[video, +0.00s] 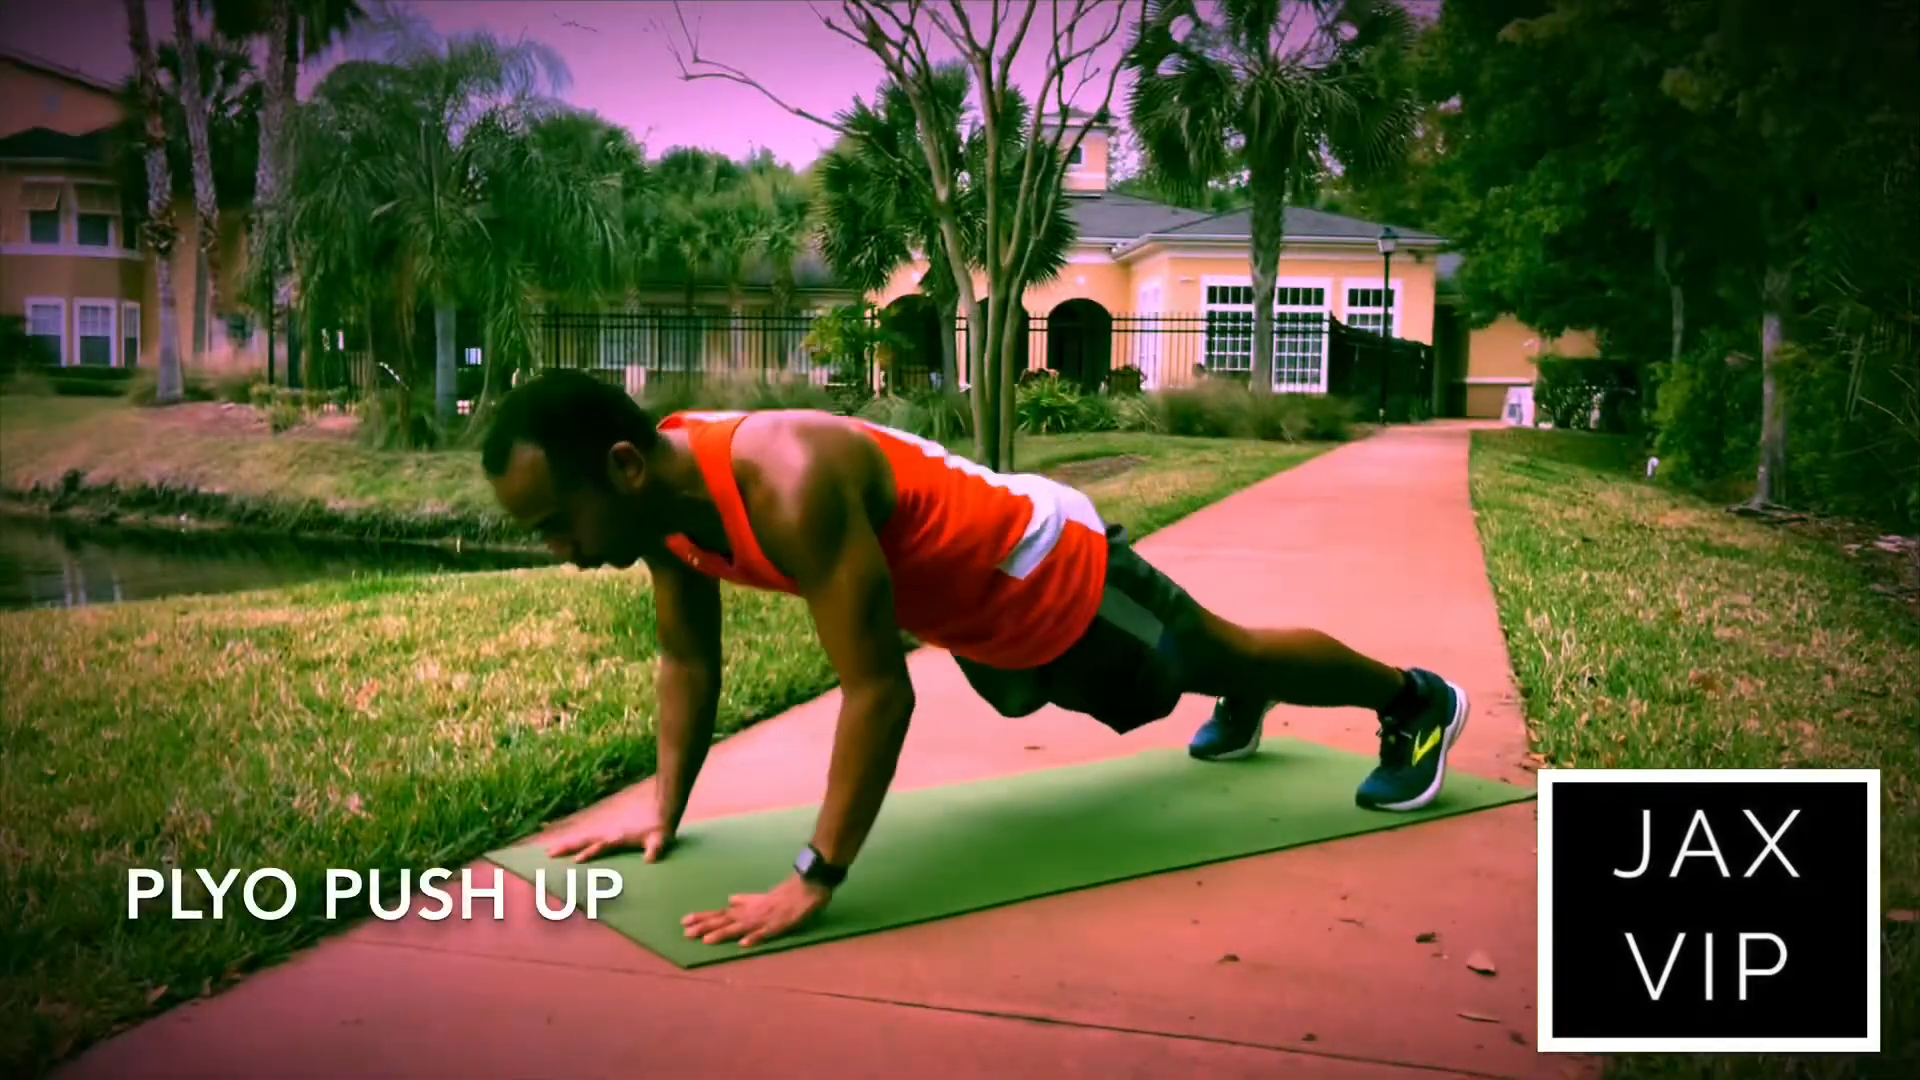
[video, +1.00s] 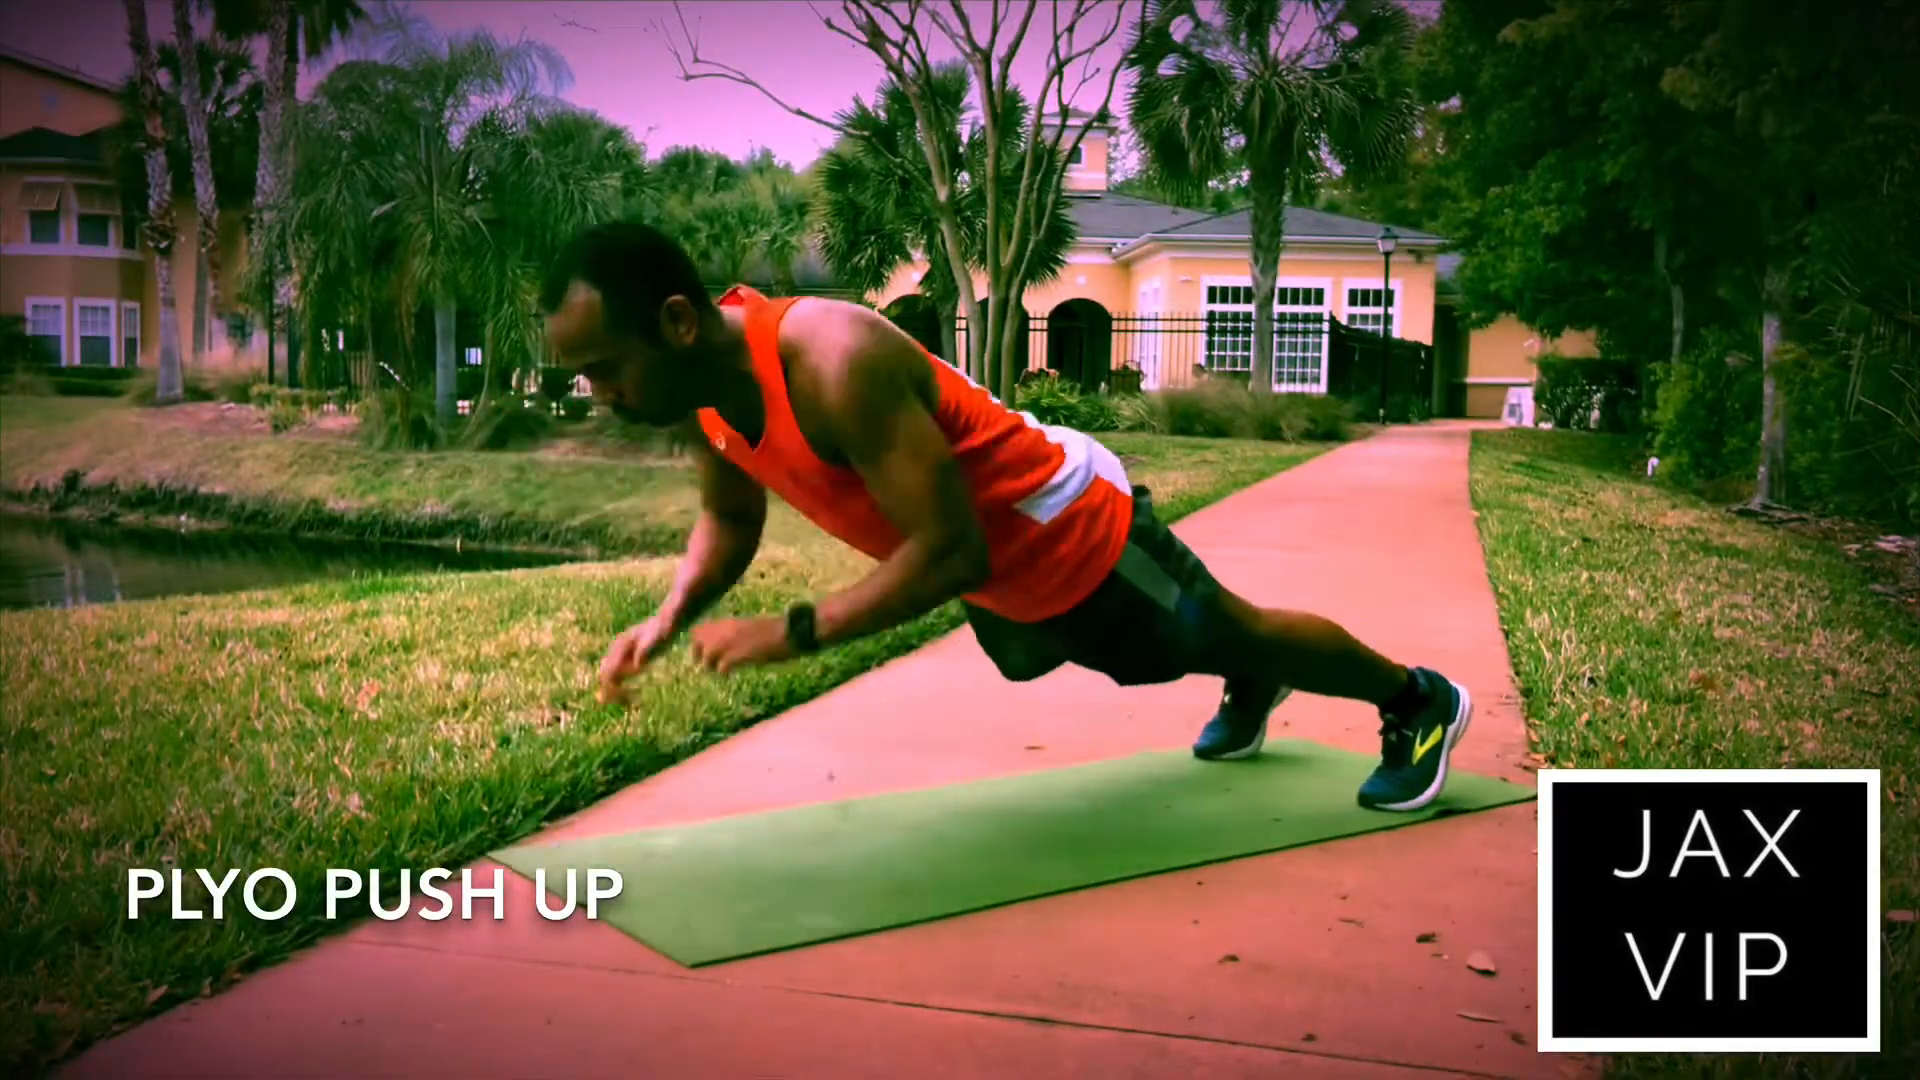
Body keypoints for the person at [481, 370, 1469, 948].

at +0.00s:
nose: (559, 550)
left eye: (555, 523)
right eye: (541, 533)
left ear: (621, 463)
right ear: (604, 468)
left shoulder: (795, 477)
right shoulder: (668, 503)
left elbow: (878, 694)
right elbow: (686, 656)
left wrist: (814, 880)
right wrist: (666, 813)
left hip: (1058, 572)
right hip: (983, 610)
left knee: (1234, 654)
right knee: (1126, 669)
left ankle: (1414, 697)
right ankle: (1244, 685)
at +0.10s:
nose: (513, 677)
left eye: (510, 654)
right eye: (495, 662)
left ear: (574, 593)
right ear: (561, 586)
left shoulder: (734, 568)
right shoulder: (629, 570)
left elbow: (894, 728)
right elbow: (683, 676)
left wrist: (828, 894)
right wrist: (667, 810)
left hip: (1031, 627)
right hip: (968, 645)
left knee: (1217, 682)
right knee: (1129, 709)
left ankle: (1407, 695)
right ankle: (1224, 711)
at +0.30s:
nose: (452, 817)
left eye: (452, 795)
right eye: (437, 800)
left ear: (523, 735)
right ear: (514, 726)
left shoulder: (685, 698)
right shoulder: (578, 663)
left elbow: (888, 737)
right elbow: (716, 703)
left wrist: (825, 896)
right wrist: (659, 807)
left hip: (999, 722)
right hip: (925, 666)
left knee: (1199, 732)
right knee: (1059, 684)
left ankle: (1390, 691)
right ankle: (1214, 659)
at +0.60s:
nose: (455, 720)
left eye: (459, 694)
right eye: (441, 701)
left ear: (542, 649)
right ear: (524, 647)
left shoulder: (701, 653)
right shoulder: (597, 621)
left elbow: (889, 742)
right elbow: (666, 691)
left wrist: (830, 894)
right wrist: (659, 796)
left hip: (1015, 702)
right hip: (938, 683)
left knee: (1209, 729)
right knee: (1094, 697)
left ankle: (1395, 695)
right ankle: (1203, 657)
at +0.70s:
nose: (490, 622)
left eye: (492, 595)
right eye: (475, 601)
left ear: (575, 549)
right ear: (566, 553)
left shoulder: (730, 577)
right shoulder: (633, 582)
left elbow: (891, 734)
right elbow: (678, 676)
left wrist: (831, 895)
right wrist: (666, 802)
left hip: (1033, 665)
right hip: (957, 673)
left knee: (1219, 716)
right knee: (1114, 693)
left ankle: (1404, 695)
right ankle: (1218, 655)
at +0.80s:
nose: (529, 508)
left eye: (537, 482)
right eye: (516, 487)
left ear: (621, 447)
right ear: (592, 457)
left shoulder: (759, 503)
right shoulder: (644, 527)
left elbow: (856, 705)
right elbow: (670, 665)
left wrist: (826, 889)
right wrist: (664, 808)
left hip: (1041, 593)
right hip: (967, 647)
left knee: (1214, 683)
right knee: (1115, 699)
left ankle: (1410, 695)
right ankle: (1235, 697)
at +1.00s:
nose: (598, 395)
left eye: (599, 368)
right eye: (582, 379)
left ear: (674, 316)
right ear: (663, 324)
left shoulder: (839, 358)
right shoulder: (717, 394)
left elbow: (953, 550)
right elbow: (728, 516)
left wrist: (801, 630)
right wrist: (671, 609)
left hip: (1073, 523)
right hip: (993, 558)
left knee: (1233, 636)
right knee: (1117, 637)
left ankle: (1418, 697)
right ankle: (1251, 673)